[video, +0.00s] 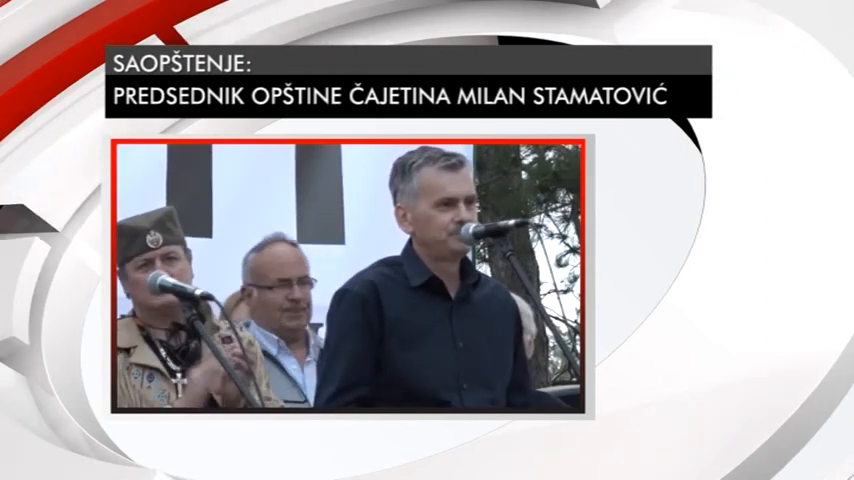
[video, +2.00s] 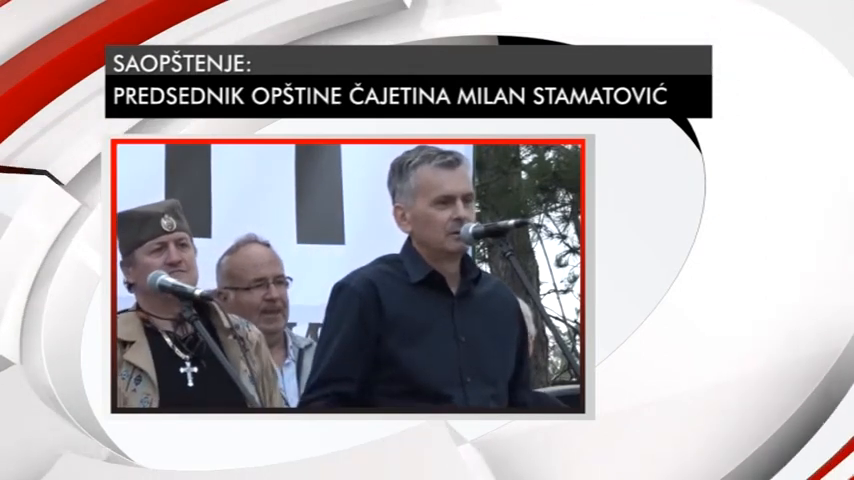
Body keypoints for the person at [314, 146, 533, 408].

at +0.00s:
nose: (464, 216)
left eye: (470, 203)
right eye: (446, 205)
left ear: (478, 207)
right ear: (404, 217)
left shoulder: (499, 302)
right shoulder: (363, 298)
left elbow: (520, 405)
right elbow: (335, 413)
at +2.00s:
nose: (462, 215)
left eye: (468, 201)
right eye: (444, 203)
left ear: (475, 206)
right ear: (403, 216)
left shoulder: (502, 301)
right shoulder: (363, 294)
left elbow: (520, 405)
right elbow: (320, 407)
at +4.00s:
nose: (460, 210)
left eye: (465, 196)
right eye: (441, 199)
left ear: (474, 203)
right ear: (401, 215)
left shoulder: (498, 300)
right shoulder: (361, 295)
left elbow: (526, 407)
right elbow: (332, 406)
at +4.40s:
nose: (459, 210)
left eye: (464, 197)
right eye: (441, 199)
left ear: (472, 204)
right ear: (400, 215)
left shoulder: (499, 300)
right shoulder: (367, 290)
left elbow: (531, 395)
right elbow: (329, 397)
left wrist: (597, 397)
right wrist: (397, 402)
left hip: (496, 461)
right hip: (401, 463)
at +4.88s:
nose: (462, 215)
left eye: (467, 201)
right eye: (444, 204)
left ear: (474, 204)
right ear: (401, 215)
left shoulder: (500, 301)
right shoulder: (368, 292)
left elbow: (536, 405)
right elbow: (331, 397)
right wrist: (371, 415)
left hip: (499, 460)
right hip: (405, 463)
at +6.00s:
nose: (464, 215)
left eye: (469, 202)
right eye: (447, 204)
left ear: (476, 206)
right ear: (402, 215)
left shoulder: (495, 300)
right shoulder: (362, 297)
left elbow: (516, 408)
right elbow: (336, 413)